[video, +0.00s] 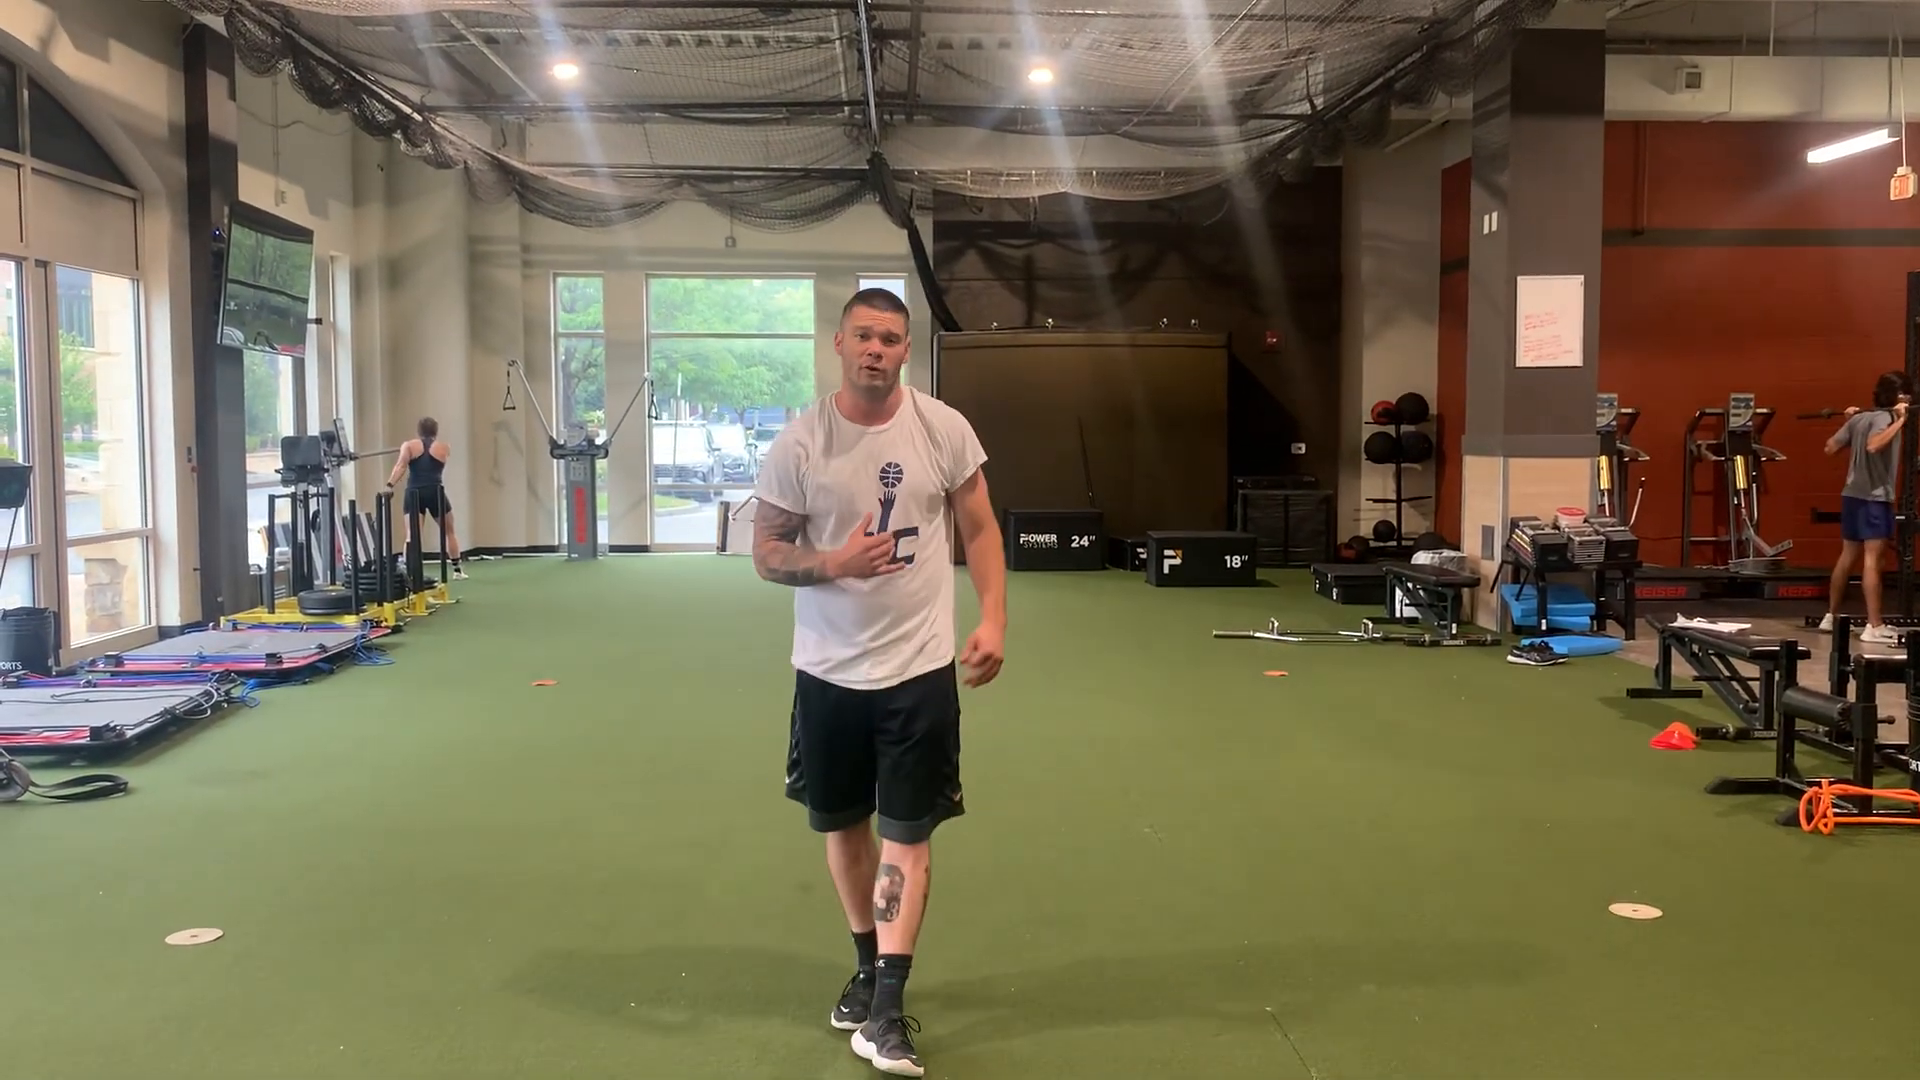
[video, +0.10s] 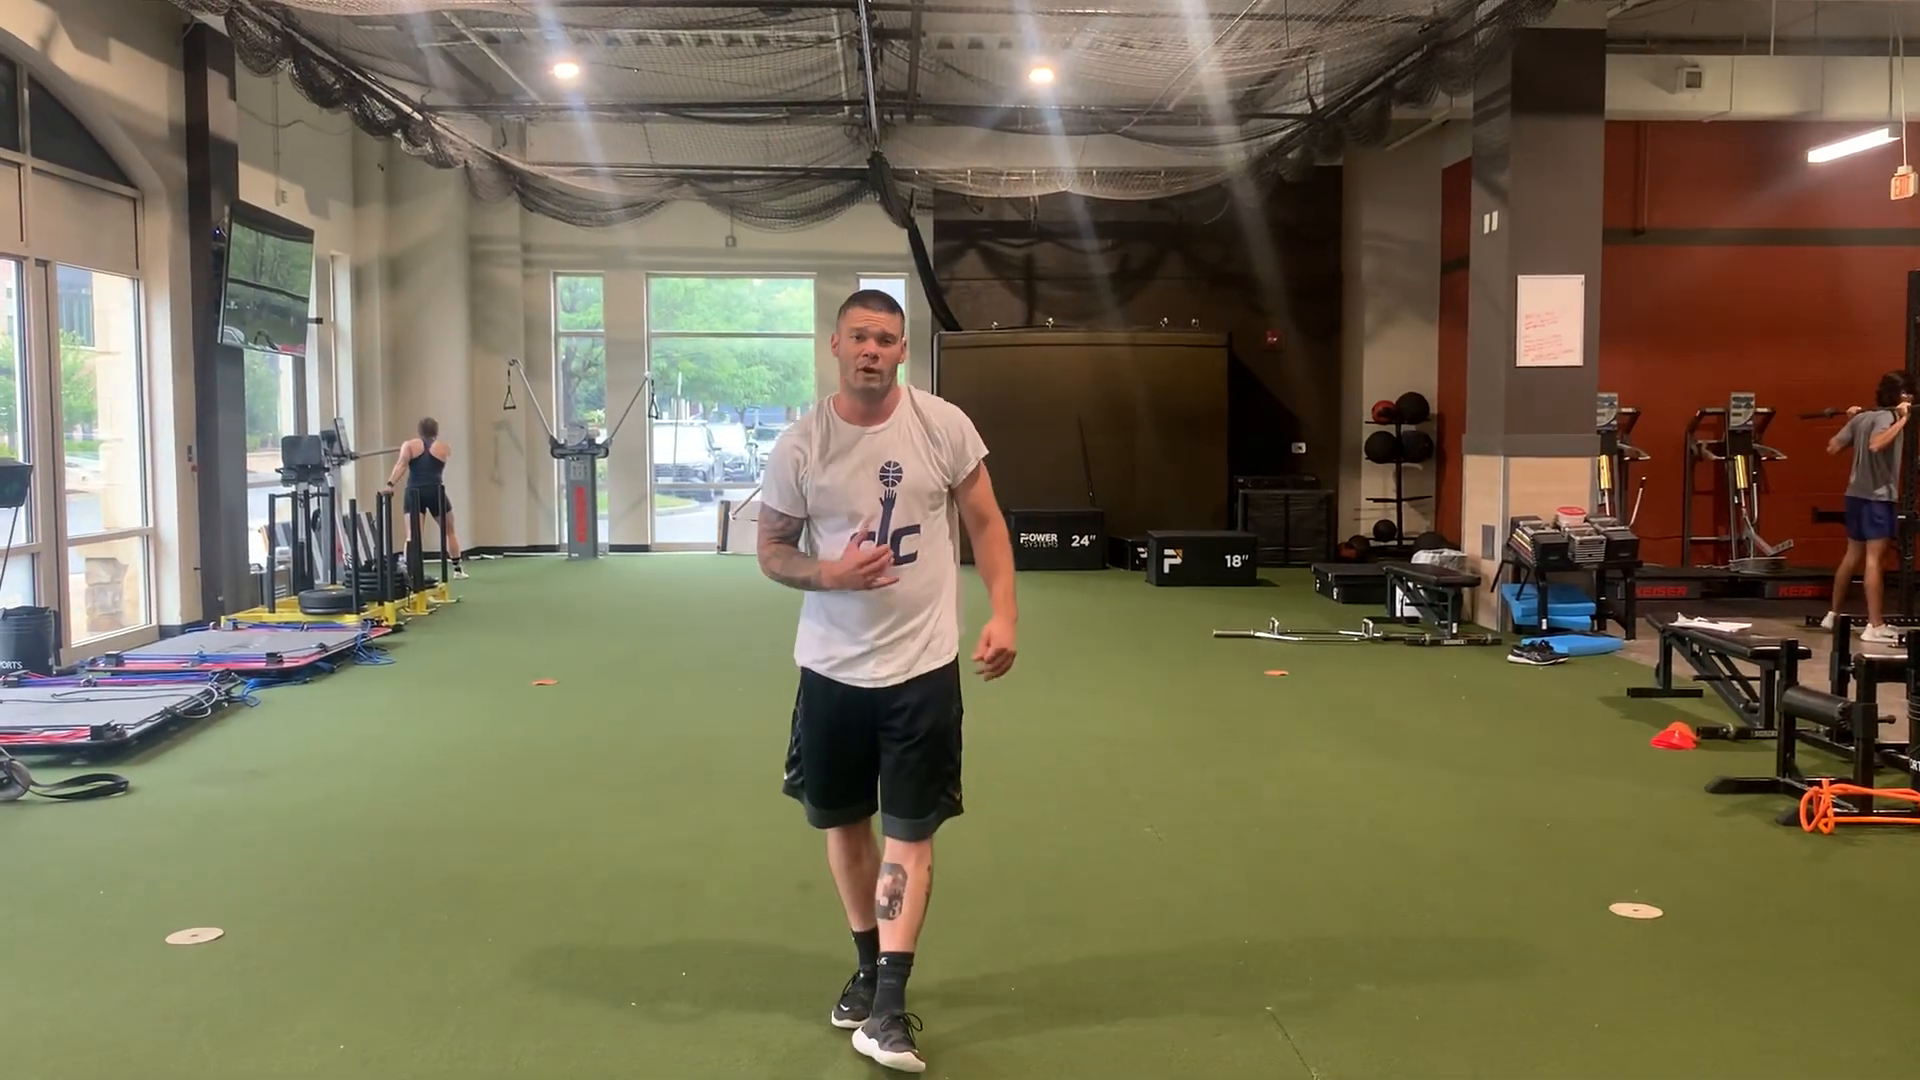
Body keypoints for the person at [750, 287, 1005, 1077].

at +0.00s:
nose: (878, 349)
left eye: (891, 339)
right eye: (864, 336)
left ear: (907, 350)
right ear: (837, 344)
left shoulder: (944, 429)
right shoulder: (798, 443)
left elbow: (981, 530)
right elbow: (768, 554)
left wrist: (992, 619)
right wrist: (831, 562)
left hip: (920, 663)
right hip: (830, 669)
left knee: (908, 830)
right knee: (843, 824)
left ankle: (887, 1007)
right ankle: (868, 964)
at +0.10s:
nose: (872, 350)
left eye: (885, 339)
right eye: (859, 337)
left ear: (904, 351)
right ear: (833, 347)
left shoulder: (944, 427)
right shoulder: (799, 443)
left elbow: (987, 524)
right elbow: (772, 553)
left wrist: (1003, 613)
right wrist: (829, 572)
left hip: (922, 663)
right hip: (833, 667)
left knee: (911, 827)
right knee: (843, 822)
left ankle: (889, 1005)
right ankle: (870, 968)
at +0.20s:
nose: (874, 348)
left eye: (887, 338)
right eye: (862, 335)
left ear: (904, 352)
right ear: (834, 346)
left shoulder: (946, 424)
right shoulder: (800, 443)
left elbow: (991, 521)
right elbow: (774, 549)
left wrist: (1011, 618)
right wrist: (822, 573)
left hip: (927, 659)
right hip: (839, 664)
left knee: (917, 825)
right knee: (846, 821)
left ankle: (894, 1004)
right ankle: (873, 968)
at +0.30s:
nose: (877, 347)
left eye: (890, 337)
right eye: (864, 335)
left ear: (908, 350)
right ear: (838, 346)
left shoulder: (951, 423)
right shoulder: (805, 438)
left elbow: (994, 525)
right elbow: (775, 545)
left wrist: (1019, 626)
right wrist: (822, 559)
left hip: (933, 657)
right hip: (843, 662)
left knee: (928, 823)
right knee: (847, 818)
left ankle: (910, 1002)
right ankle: (874, 965)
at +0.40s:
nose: (887, 347)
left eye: (900, 336)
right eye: (874, 333)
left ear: (918, 349)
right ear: (849, 344)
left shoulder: (959, 425)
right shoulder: (813, 436)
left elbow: (1001, 531)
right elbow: (780, 552)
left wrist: (1023, 632)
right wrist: (813, 535)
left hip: (936, 654)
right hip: (845, 658)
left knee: (944, 823)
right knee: (851, 819)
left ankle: (948, 1007)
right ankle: (875, 969)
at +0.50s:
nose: (906, 346)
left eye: (920, 336)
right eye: (894, 332)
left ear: (937, 348)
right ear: (867, 342)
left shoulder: (972, 430)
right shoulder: (823, 437)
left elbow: (1011, 536)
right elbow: (793, 559)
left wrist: (1027, 637)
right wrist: (800, 526)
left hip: (945, 659)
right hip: (851, 663)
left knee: (962, 825)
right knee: (854, 820)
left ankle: (983, 1013)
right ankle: (876, 969)